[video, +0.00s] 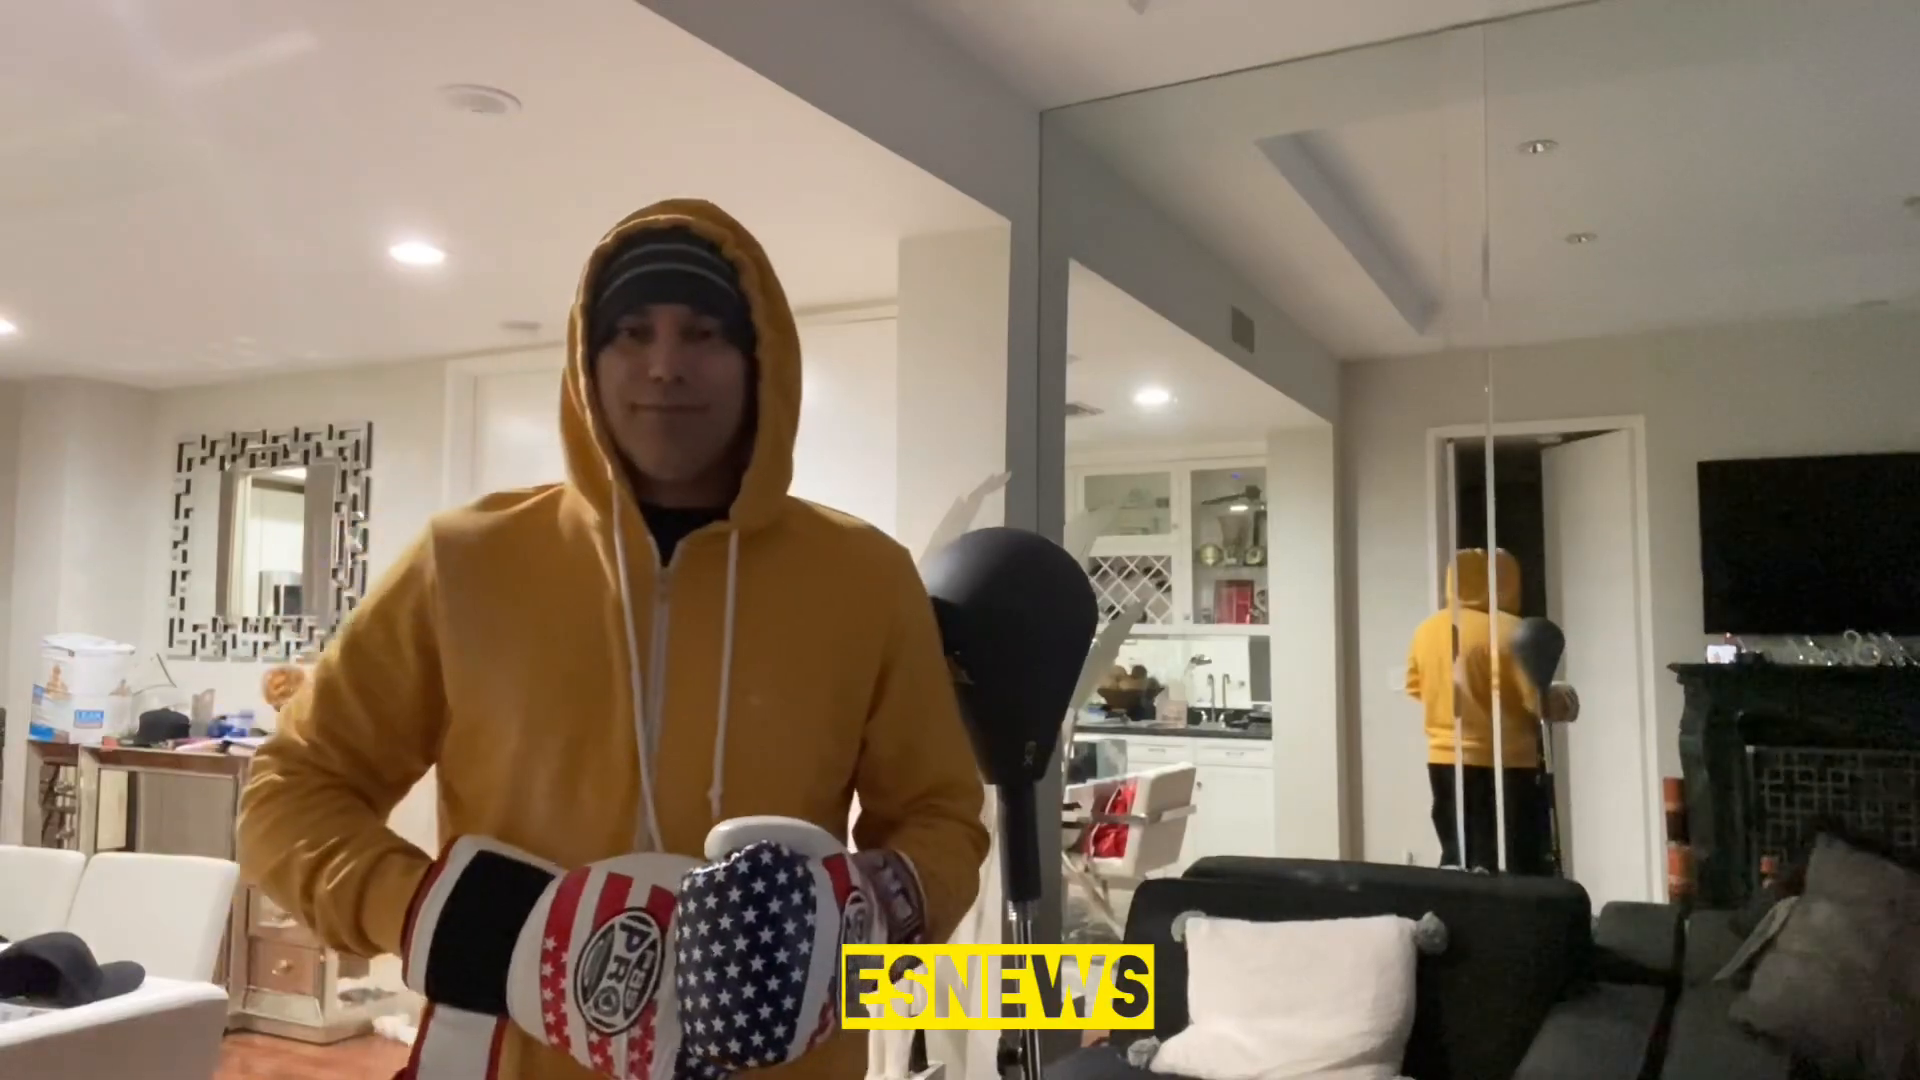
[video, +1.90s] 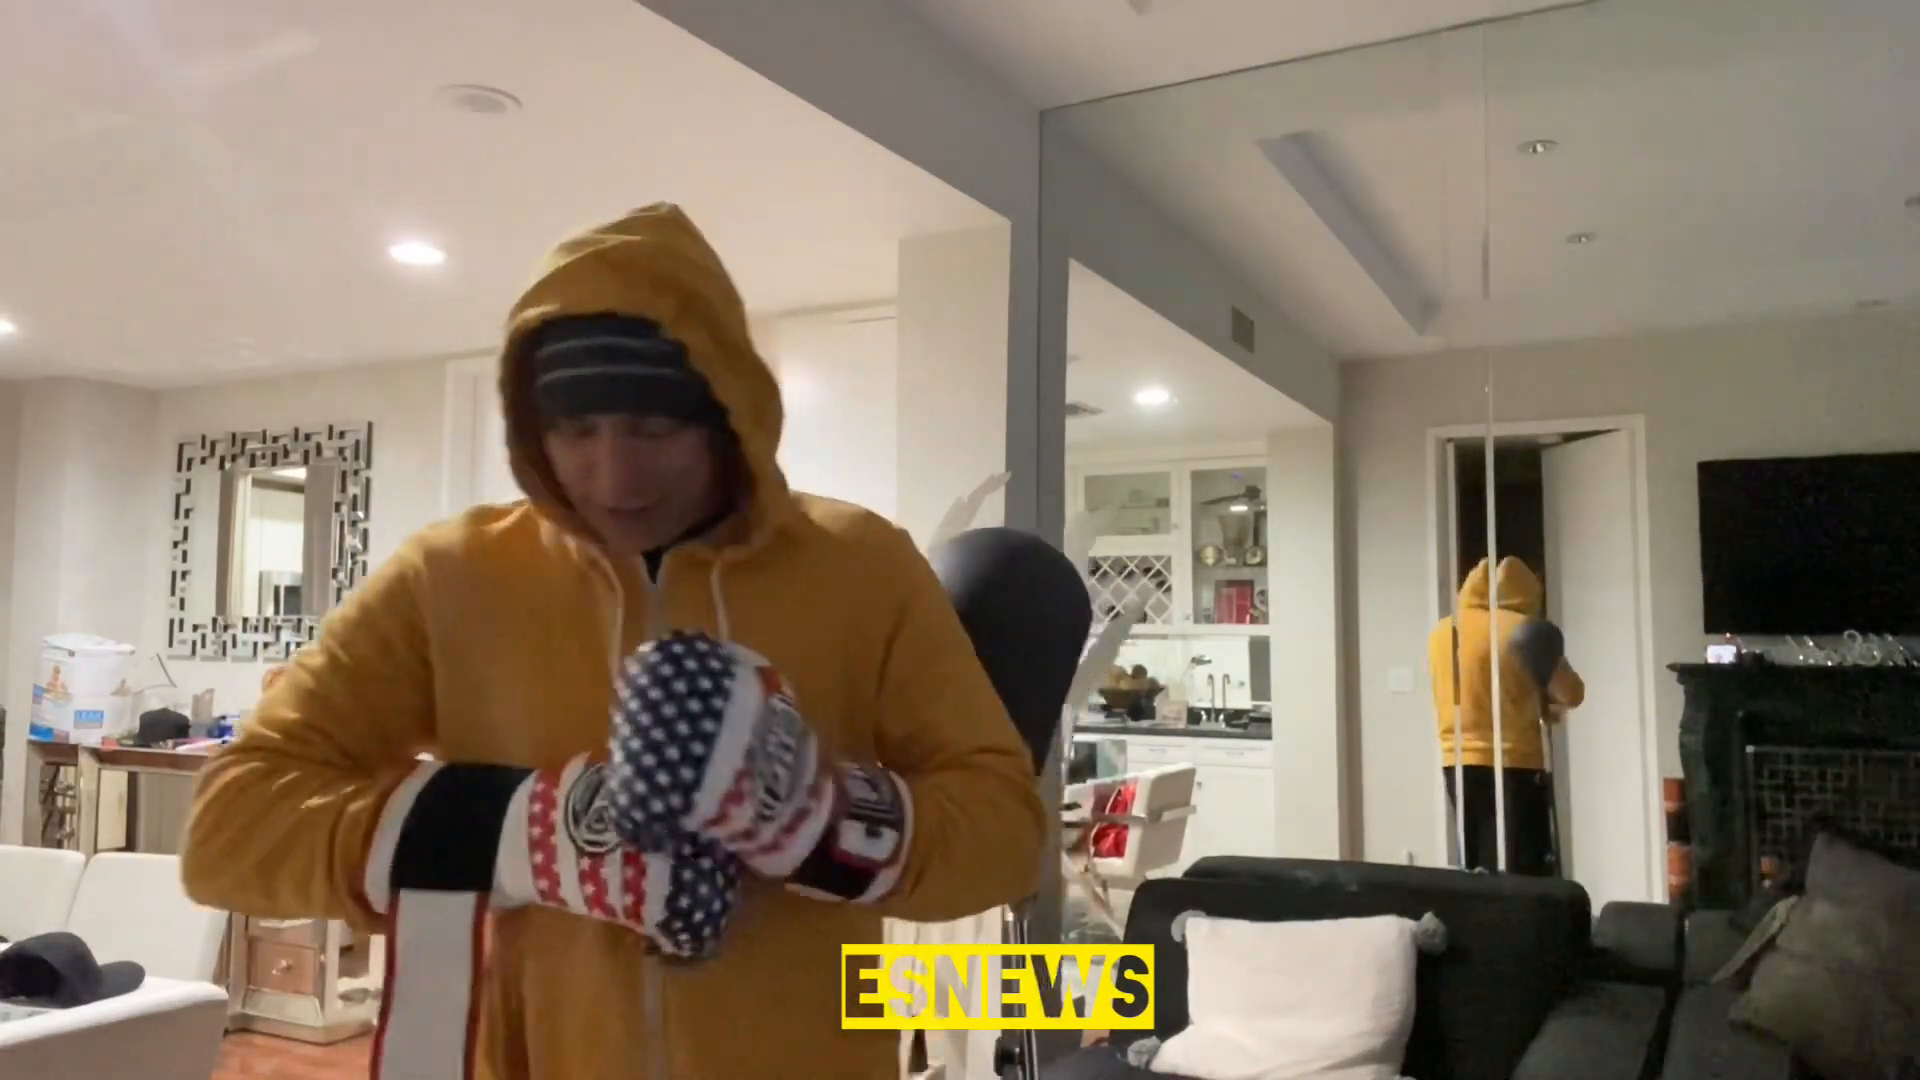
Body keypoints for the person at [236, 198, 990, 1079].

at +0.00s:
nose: (666, 365)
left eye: (705, 332)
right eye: (633, 333)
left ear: (758, 365)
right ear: (589, 368)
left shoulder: (864, 582)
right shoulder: (466, 567)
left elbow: (941, 820)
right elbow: (289, 796)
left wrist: (863, 904)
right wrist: (475, 925)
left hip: (779, 1062)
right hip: (519, 1054)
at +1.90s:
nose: (616, 472)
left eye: (655, 426)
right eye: (576, 429)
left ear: (728, 419)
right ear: (533, 430)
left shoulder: (864, 574)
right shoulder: (444, 583)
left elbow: (1006, 836)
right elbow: (228, 829)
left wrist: (826, 820)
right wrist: (520, 832)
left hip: (809, 1061)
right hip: (542, 1064)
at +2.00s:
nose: (554, 483)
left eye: (593, 432)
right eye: (513, 438)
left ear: (676, 411)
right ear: (477, 441)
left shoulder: (834, 567)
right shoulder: (403, 589)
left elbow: (992, 822)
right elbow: (187, 844)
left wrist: (788, 806)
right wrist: (506, 846)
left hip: (784, 1062)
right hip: (502, 1063)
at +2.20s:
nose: (446, 492)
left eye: (483, 437)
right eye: (401, 447)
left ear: (576, 406)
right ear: (362, 453)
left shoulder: (772, 545)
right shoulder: (315, 606)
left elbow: (963, 795)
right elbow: (106, 910)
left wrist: (711, 791)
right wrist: (451, 871)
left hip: (742, 1064)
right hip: (429, 1070)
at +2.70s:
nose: (314, 513)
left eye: (347, 448)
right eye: (265, 469)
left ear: (443, 398)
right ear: (222, 470)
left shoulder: (666, 524)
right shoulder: (172, 630)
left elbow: (826, 786)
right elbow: (27, 947)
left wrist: (587, 873)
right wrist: (296, 904)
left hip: (657, 1062)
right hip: (334, 1072)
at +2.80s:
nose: (330, 500)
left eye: (365, 436)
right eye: (281, 456)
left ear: (458, 391)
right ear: (244, 463)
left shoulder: (667, 524)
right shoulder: (184, 603)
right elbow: (34, 941)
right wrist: (327, 803)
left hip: (639, 1062)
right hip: (321, 1072)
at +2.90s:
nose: (359, 497)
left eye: (405, 426)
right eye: (308, 442)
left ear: (493, 394)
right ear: (268, 454)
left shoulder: (679, 531)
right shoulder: (200, 590)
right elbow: (82, 908)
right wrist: (363, 712)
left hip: (635, 1058)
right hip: (320, 1068)